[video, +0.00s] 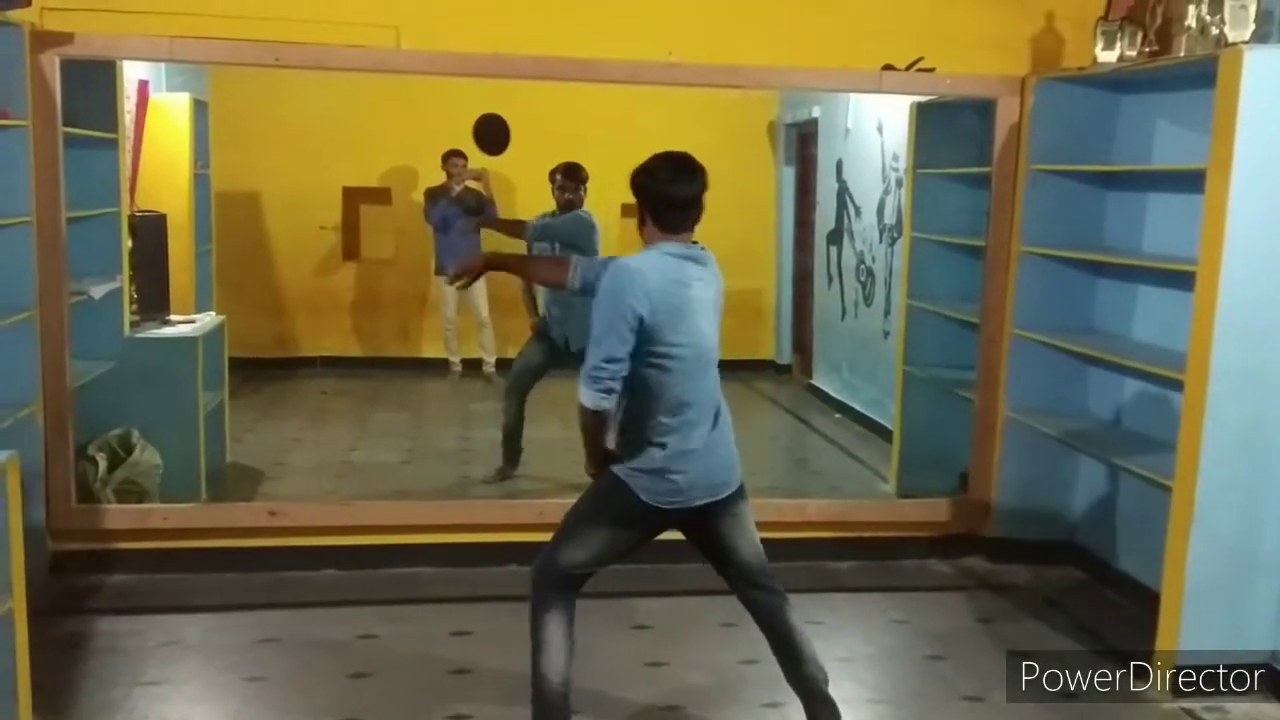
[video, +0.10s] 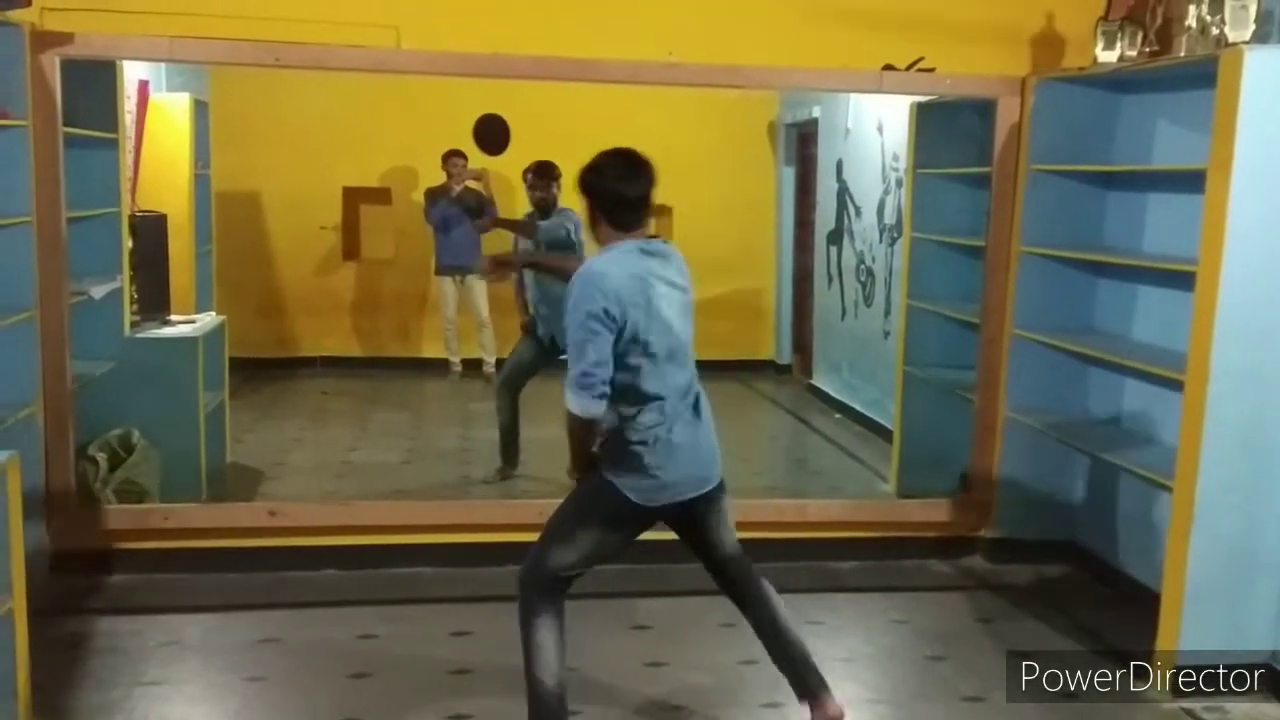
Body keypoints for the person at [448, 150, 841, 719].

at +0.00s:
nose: (629, 206)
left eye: (633, 200)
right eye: (638, 198)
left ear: (639, 210)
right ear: (699, 211)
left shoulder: (626, 276)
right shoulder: (705, 269)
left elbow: (598, 392)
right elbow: (576, 270)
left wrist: (596, 460)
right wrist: (493, 259)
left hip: (652, 475)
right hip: (715, 469)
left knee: (554, 578)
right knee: (766, 594)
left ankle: (550, 713)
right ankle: (825, 713)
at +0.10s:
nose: (584, 209)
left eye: (585, 202)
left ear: (590, 209)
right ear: (649, 205)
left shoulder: (596, 280)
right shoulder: (671, 262)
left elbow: (586, 405)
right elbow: (598, 273)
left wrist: (580, 463)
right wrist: (526, 260)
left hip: (639, 471)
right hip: (696, 460)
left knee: (541, 579)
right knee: (740, 575)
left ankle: (547, 711)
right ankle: (821, 701)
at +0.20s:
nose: (527, 238)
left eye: (529, 229)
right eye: (528, 228)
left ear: (542, 237)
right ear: (594, 227)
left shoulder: (573, 314)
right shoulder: (628, 279)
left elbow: (606, 434)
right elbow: (670, 280)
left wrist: (581, 479)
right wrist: (603, 258)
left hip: (637, 485)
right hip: (686, 469)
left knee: (527, 585)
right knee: (687, 550)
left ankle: (544, 711)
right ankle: (768, 582)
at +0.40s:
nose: (532, 230)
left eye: (533, 221)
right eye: (533, 220)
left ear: (544, 226)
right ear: (599, 217)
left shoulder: (553, 290)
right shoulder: (642, 263)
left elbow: (554, 416)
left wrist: (570, 473)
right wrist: (518, 295)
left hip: (624, 471)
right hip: (688, 458)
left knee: (540, 581)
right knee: (714, 544)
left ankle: (548, 709)